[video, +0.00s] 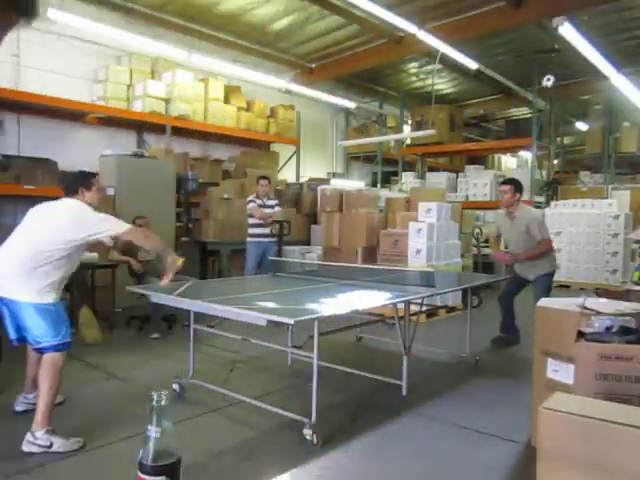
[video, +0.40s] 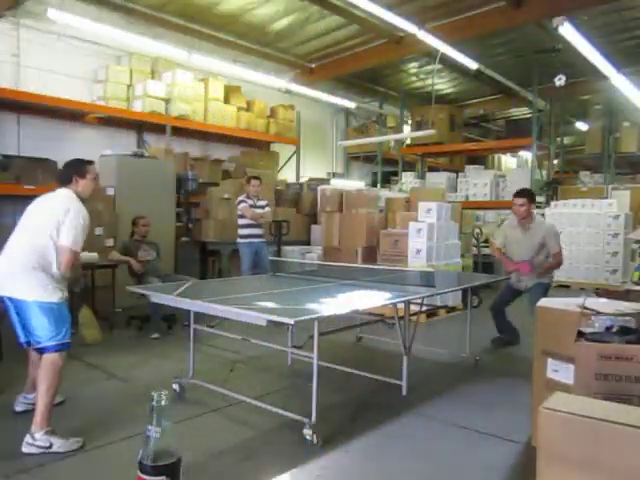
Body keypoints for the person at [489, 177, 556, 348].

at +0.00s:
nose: (500, 197)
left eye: (504, 193)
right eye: (500, 193)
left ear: (516, 196)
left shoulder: (533, 217)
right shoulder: (503, 218)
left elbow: (547, 244)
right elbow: (495, 239)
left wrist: (517, 257)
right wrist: (497, 252)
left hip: (542, 268)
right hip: (521, 268)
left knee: (541, 307)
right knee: (504, 296)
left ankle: (545, 344)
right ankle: (509, 333)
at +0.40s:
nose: (519, 210)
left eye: (523, 205)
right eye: (516, 205)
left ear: (532, 207)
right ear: (512, 208)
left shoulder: (546, 229)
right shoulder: (508, 226)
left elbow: (558, 259)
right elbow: (495, 248)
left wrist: (542, 269)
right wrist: (509, 264)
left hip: (539, 279)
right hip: (517, 278)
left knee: (536, 309)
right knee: (496, 307)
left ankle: (542, 344)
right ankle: (509, 335)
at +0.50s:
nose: (525, 212)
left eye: (529, 207)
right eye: (523, 207)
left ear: (539, 209)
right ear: (520, 209)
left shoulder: (552, 233)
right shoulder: (514, 226)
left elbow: (564, 261)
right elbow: (493, 247)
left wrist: (553, 270)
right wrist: (509, 257)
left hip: (541, 278)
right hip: (519, 278)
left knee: (539, 312)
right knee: (497, 311)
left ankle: (543, 347)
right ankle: (510, 336)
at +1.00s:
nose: (514, 198)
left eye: (518, 194)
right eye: (512, 194)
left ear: (528, 197)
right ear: (511, 197)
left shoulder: (543, 220)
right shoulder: (509, 219)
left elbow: (559, 249)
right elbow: (500, 240)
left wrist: (534, 263)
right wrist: (504, 255)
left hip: (542, 270)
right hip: (521, 268)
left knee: (540, 307)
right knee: (501, 296)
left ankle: (545, 346)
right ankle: (489, 331)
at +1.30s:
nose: (495, 195)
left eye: (499, 191)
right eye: (493, 190)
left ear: (510, 194)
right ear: (492, 193)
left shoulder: (524, 213)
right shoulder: (491, 214)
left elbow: (539, 241)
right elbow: (483, 235)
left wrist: (518, 250)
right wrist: (491, 248)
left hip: (530, 265)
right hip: (507, 265)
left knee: (536, 305)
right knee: (490, 294)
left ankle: (544, 342)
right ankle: (488, 331)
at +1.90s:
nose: (478, 205)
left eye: (479, 200)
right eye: (477, 201)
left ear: (489, 199)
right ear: (489, 200)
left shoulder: (504, 214)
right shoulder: (493, 220)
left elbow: (513, 243)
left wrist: (497, 267)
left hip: (528, 268)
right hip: (513, 269)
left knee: (526, 309)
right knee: (489, 292)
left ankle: (545, 343)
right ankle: (487, 330)